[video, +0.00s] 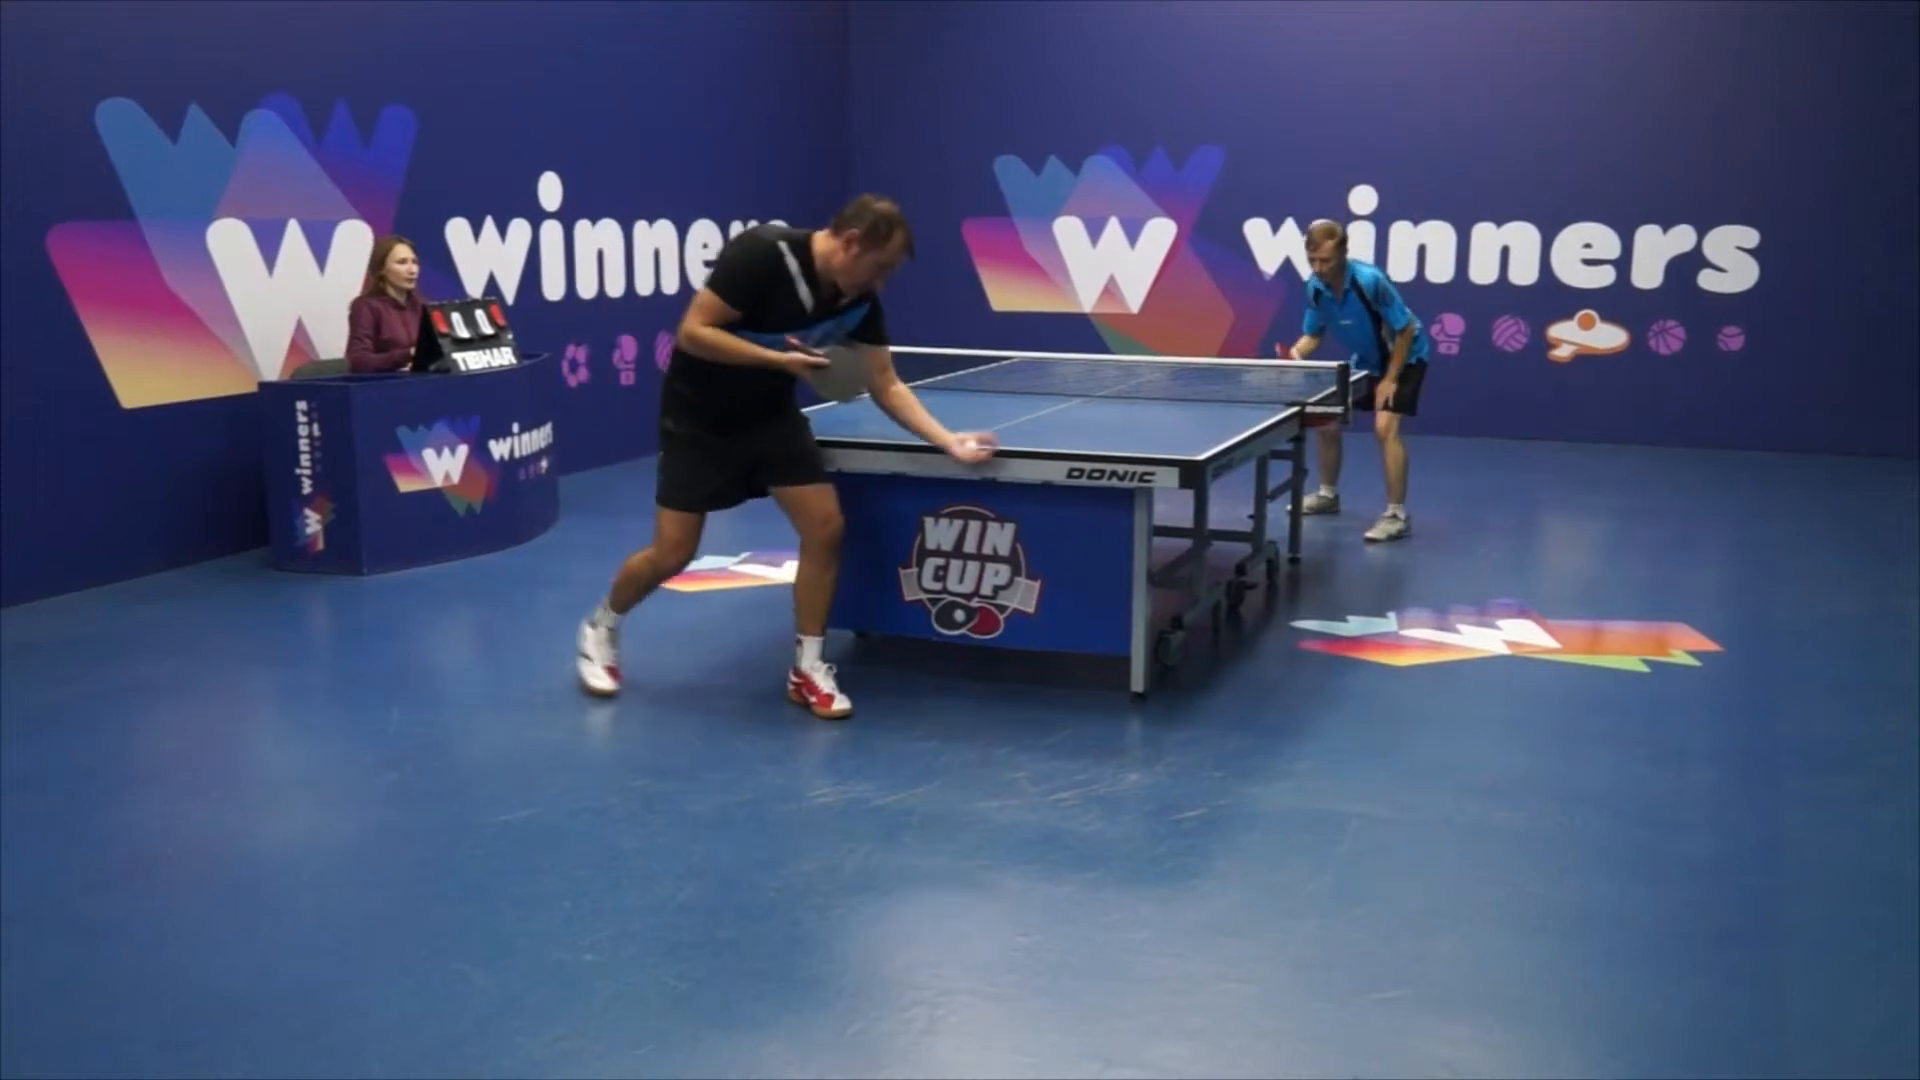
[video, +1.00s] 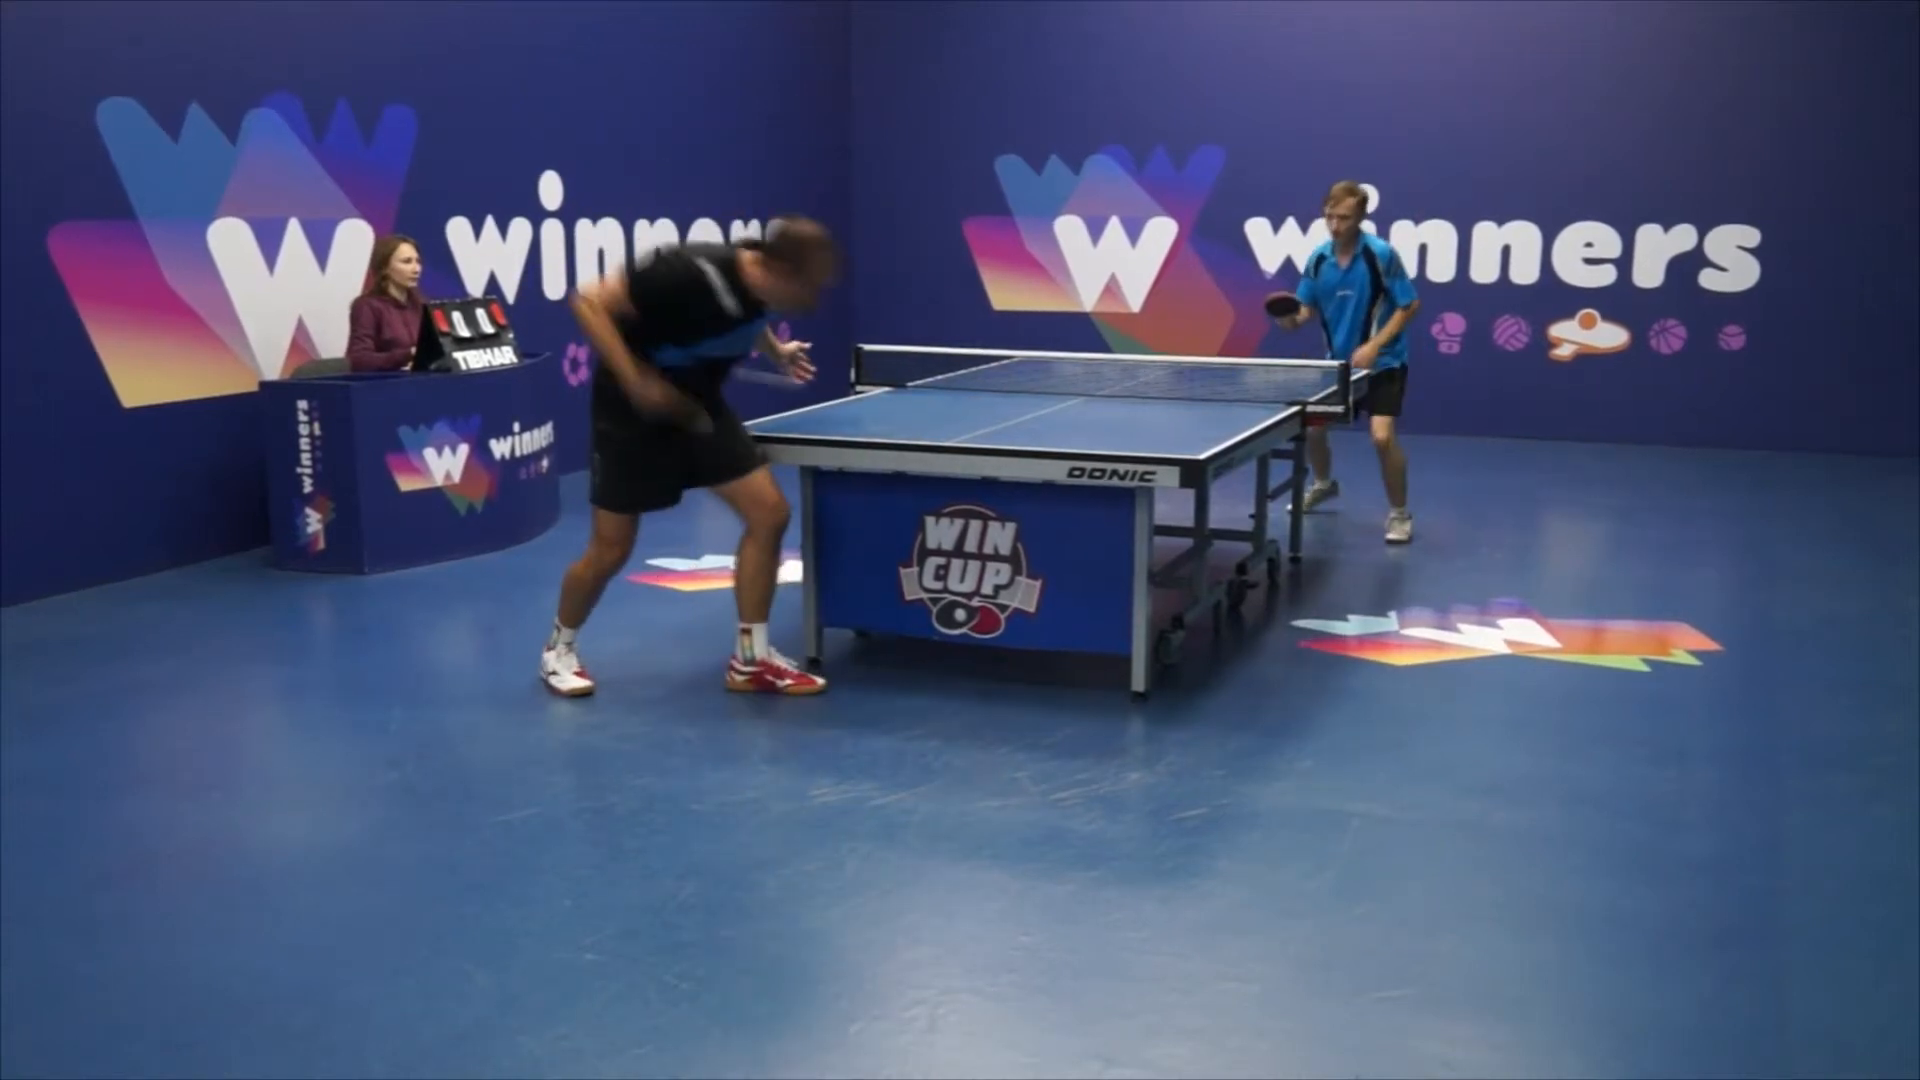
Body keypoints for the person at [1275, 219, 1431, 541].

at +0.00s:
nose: (1319, 268)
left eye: (1326, 260)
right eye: (1314, 261)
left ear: (1343, 254)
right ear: (1308, 257)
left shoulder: (1369, 280)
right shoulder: (1315, 288)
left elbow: (1406, 329)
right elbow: (1312, 334)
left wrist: (1390, 378)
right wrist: (1294, 354)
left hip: (1405, 355)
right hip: (1367, 358)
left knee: (1385, 427)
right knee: (1327, 418)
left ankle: (1396, 513)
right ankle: (1327, 494)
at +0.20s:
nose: (1317, 274)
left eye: (1324, 267)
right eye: (1312, 267)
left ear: (1341, 261)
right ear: (1307, 263)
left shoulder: (1369, 285)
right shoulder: (1315, 292)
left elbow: (1408, 332)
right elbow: (1314, 341)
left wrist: (1392, 380)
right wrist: (1294, 361)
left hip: (1408, 355)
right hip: (1370, 358)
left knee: (1385, 428)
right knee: (1327, 419)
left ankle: (1396, 513)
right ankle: (1327, 494)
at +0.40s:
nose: (1315, 270)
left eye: (1322, 262)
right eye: (1310, 262)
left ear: (1339, 257)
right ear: (1305, 259)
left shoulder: (1366, 282)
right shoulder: (1314, 292)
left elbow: (1405, 329)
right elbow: (1314, 338)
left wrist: (1391, 379)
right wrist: (1297, 357)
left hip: (1406, 355)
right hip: (1368, 358)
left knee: (1385, 426)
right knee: (1325, 418)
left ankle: (1396, 513)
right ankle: (1327, 494)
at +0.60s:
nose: (1315, 254)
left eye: (1323, 247)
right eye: (1311, 247)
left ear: (1340, 245)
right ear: (1306, 246)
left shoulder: (1365, 272)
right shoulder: (1311, 281)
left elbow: (1399, 323)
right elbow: (1307, 337)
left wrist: (1386, 375)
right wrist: (1297, 338)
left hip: (1397, 355)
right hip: (1359, 358)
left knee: (1384, 426)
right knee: (1321, 421)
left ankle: (1396, 512)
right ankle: (1327, 494)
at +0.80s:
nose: (1323, 237)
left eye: (1331, 230)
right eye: (1319, 229)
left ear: (1348, 230)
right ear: (1313, 228)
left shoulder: (1369, 262)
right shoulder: (1311, 267)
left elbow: (1399, 312)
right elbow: (1302, 317)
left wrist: (1380, 359)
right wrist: (1293, 326)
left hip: (1384, 357)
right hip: (1341, 358)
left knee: (1382, 426)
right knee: (1314, 422)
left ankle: (1398, 510)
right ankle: (1326, 492)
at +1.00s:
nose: (1336, 225)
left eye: (1345, 219)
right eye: (1332, 217)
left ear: (1360, 219)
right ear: (1325, 216)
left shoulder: (1381, 255)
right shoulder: (1319, 258)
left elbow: (1408, 303)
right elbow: (1306, 307)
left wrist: (1374, 345)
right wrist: (1292, 319)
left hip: (1383, 361)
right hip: (1339, 362)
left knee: (1382, 436)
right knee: (1311, 422)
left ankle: (1398, 513)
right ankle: (1323, 482)